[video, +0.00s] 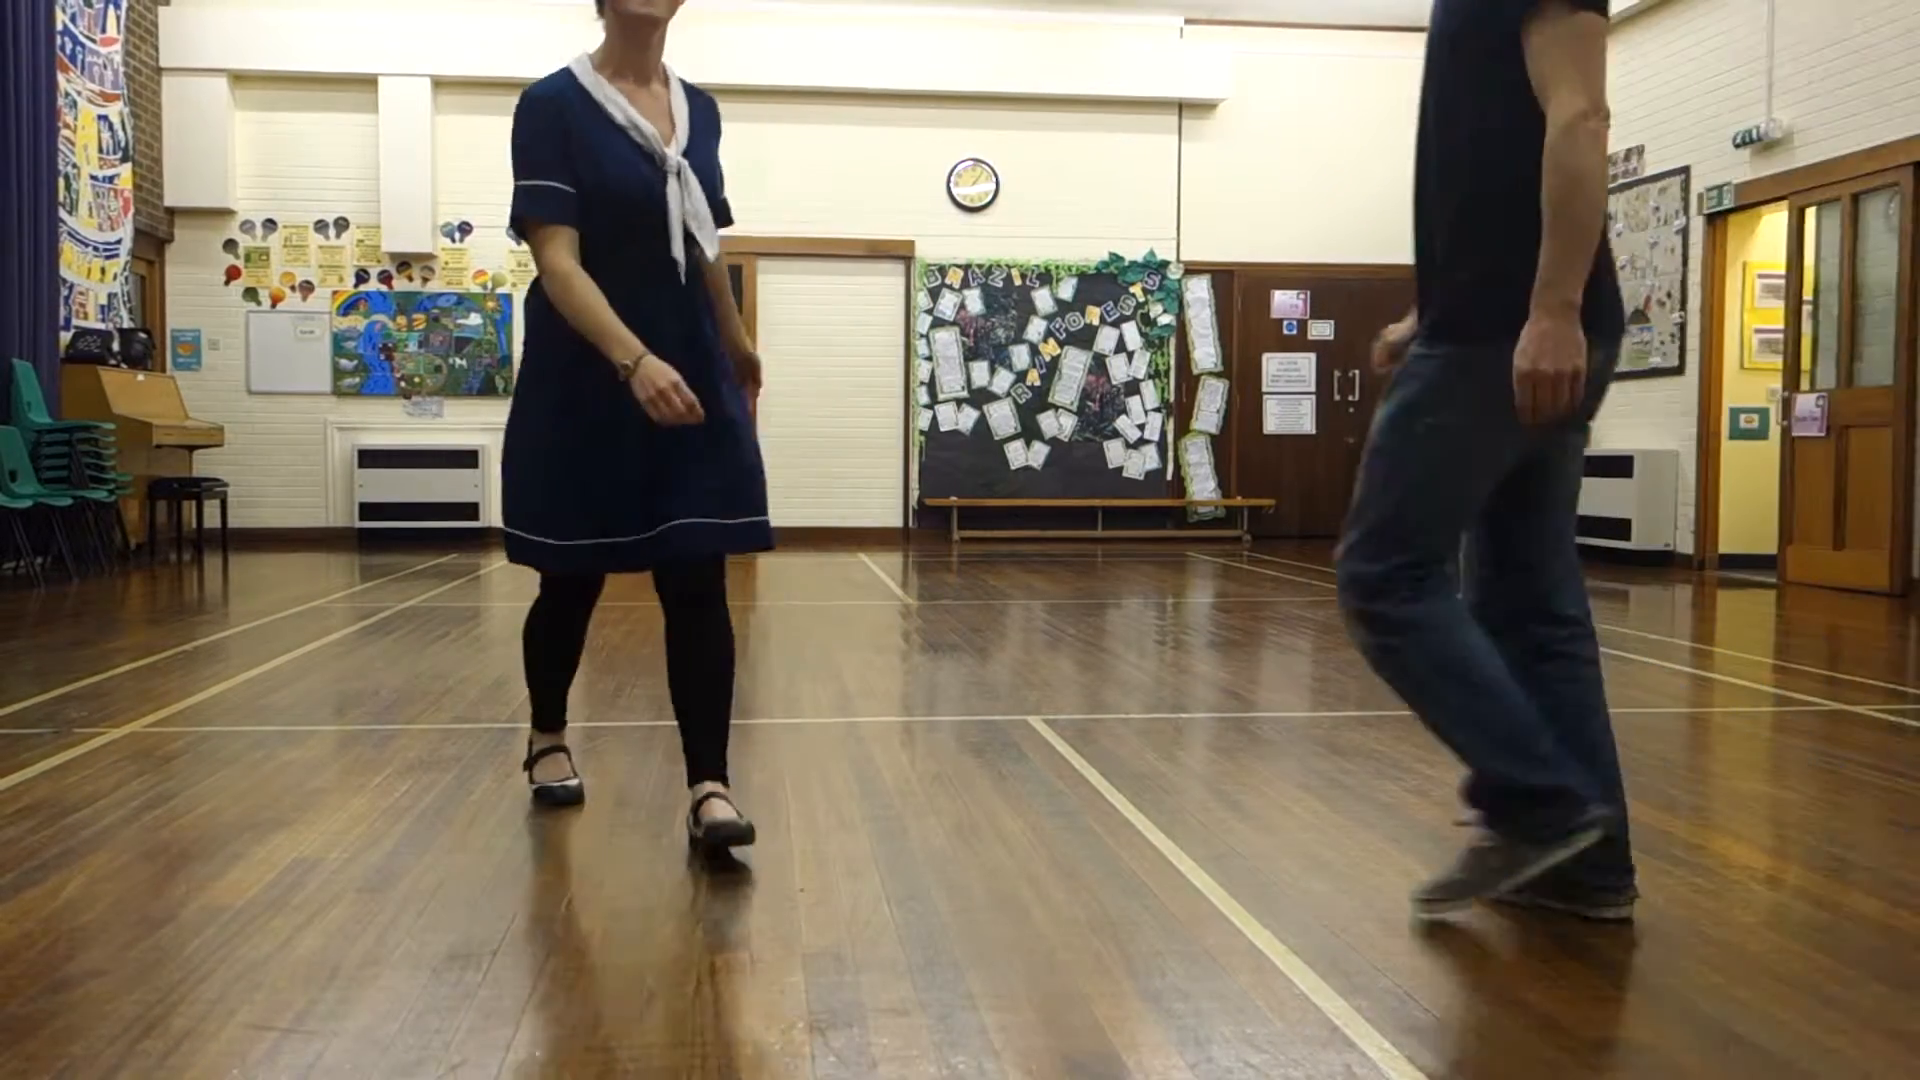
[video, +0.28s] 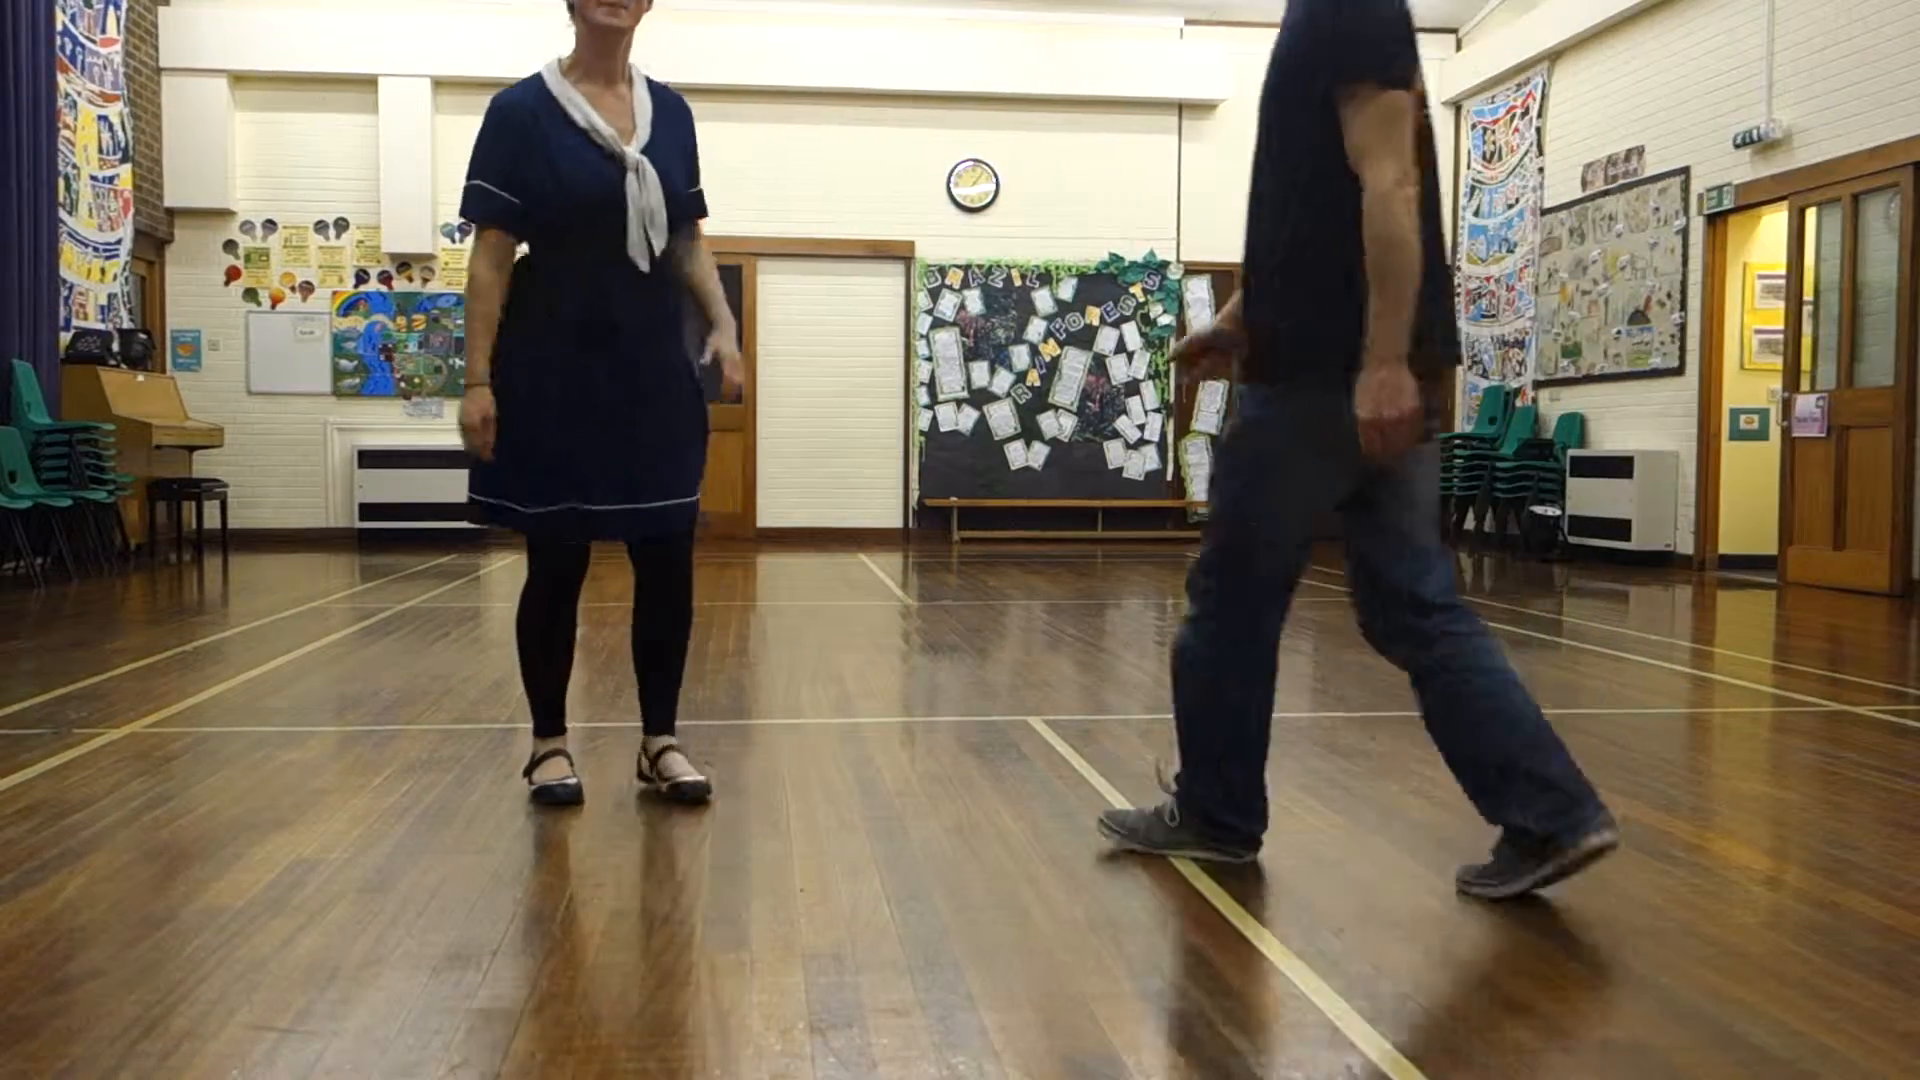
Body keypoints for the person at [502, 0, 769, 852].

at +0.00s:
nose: (642, 1)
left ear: (678, 4)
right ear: (603, 2)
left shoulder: (698, 108)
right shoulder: (553, 104)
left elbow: (701, 244)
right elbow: (557, 265)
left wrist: (735, 339)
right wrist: (635, 359)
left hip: (688, 379)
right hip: (584, 386)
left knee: (696, 584)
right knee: (572, 581)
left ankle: (710, 791)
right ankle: (548, 740)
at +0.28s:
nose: (617, 1)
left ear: (646, 7)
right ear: (573, 3)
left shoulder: (668, 108)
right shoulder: (521, 108)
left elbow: (688, 239)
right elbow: (491, 251)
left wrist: (724, 325)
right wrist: (476, 379)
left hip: (657, 378)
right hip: (553, 381)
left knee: (667, 561)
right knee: (557, 564)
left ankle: (660, 744)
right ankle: (550, 746)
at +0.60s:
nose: (637, 24)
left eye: (656, 17)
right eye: (624, 9)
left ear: (673, 44)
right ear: (597, 25)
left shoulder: (693, 150)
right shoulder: (547, 142)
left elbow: (755, 250)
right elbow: (492, 257)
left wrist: (773, 166)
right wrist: (438, 362)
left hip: (671, 376)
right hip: (576, 376)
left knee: (672, 550)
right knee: (584, 558)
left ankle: (671, 706)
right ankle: (553, 743)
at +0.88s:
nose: (662, 46)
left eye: (680, 38)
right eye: (651, 31)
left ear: (702, 62)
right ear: (629, 44)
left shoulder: (713, 157)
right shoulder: (584, 150)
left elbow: (798, 194)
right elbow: (554, 272)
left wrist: (741, 116)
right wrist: (569, 362)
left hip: (693, 385)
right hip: (608, 381)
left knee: (678, 551)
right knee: (600, 553)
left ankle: (669, 712)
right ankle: (574, 726)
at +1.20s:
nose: (658, 48)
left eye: (677, 41)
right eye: (649, 33)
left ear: (698, 67)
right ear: (627, 46)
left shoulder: (703, 159)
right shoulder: (580, 148)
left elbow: (792, 184)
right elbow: (552, 265)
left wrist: (731, 107)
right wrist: (554, 367)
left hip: (695, 376)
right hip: (613, 376)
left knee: (678, 546)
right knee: (617, 547)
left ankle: (668, 712)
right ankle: (591, 722)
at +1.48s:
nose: (649, 44)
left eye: (665, 39)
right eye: (637, 30)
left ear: (678, 67)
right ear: (608, 45)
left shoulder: (681, 157)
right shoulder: (561, 144)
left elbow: (772, 178)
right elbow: (532, 263)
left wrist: (706, 104)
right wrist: (522, 368)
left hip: (679, 376)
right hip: (595, 375)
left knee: (668, 548)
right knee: (590, 548)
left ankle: (667, 710)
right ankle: (587, 722)